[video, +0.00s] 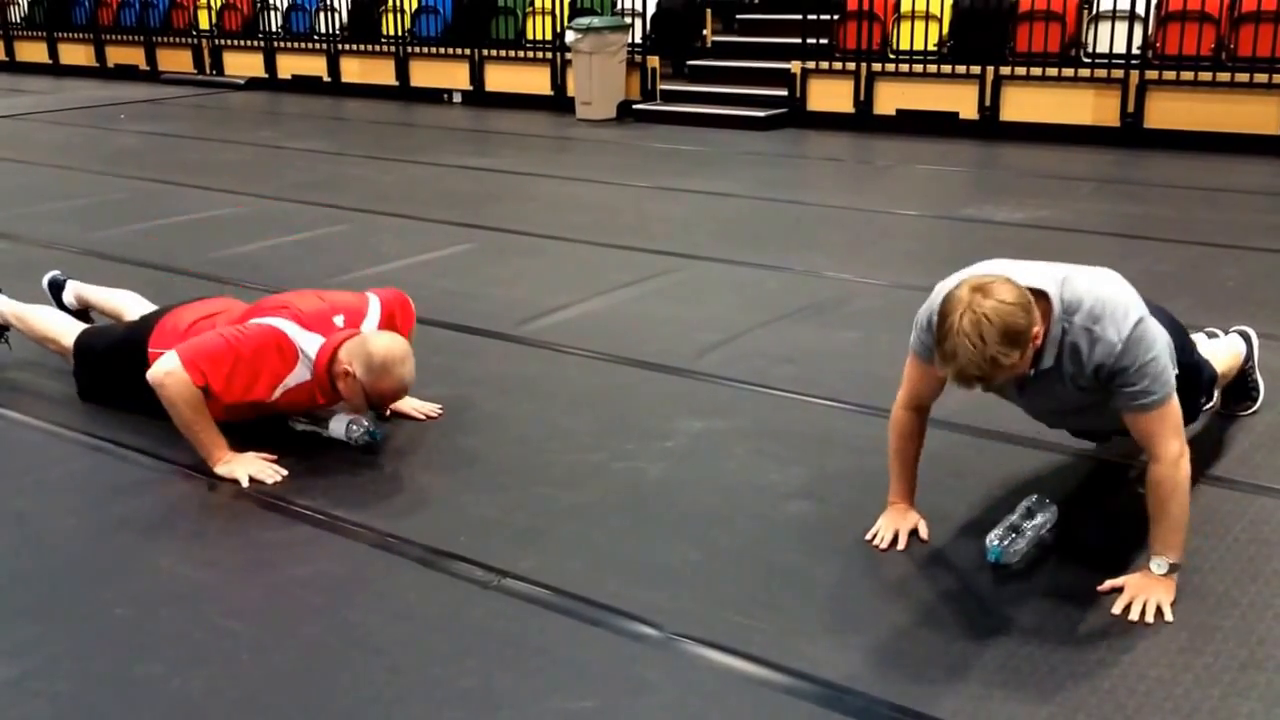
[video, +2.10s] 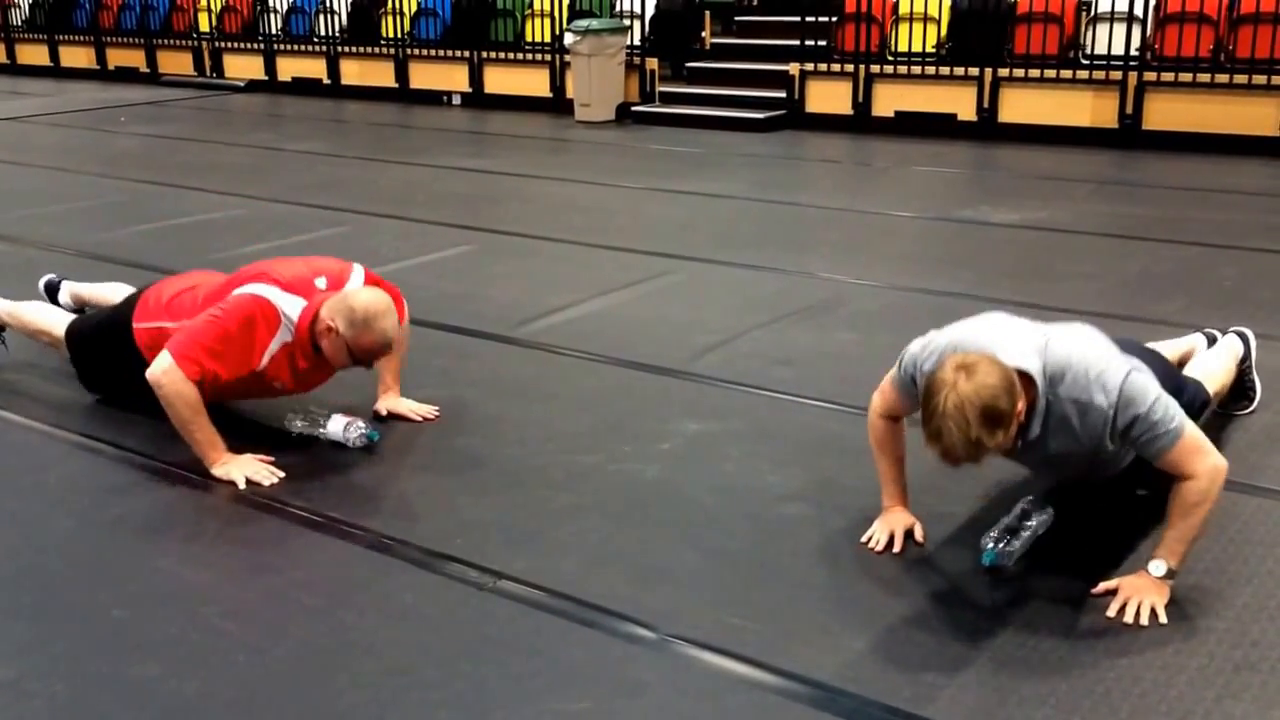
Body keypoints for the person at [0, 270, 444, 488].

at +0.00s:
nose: (369, 413)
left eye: (382, 407)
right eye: (365, 406)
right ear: (343, 374)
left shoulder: (388, 314)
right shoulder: (271, 350)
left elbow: (398, 310)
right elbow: (168, 378)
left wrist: (390, 393)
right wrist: (222, 457)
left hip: (223, 314)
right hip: (158, 344)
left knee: (143, 316)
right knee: (74, 342)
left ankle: (69, 290)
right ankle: (7, 308)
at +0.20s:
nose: (350, 358)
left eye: (364, 356)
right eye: (349, 349)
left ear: (390, 322)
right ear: (332, 317)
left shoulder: (374, 291)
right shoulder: (259, 312)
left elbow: (400, 317)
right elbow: (172, 374)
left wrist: (393, 388)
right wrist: (222, 457)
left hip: (200, 285)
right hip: (147, 322)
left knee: (133, 293)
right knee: (73, 326)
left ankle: (65, 286)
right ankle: (6, 307)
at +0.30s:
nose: (354, 325)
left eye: (366, 318)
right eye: (350, 315)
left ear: (386, 285)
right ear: (324, 287)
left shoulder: (362, 257)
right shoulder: (253, 281)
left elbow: (396, 314)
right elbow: (183, 366)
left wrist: (393, 389)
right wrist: (222, 456)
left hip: (196, 268)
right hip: (144, 299)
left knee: (118, 287)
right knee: (69, 316)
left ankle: (66, 288)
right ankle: (8, 305)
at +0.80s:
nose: (355, 388)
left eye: (365, 384)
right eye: (351, 381)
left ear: (392, 336)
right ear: (331, 354)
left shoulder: (375, 302)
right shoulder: (256, 330)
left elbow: (395, 311)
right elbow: (164, 377)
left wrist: (389, 386)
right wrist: (220, 458)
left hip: (198, 301)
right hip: (144, 335)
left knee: (140, 304)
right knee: (67, 333)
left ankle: (68, 288)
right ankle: (4, 307)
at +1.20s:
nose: (345, 342)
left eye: (357, 337)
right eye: (343, 333)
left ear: (379, 310)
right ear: (322, 301)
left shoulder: (362, 273)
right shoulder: (250, 295)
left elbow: (397, 316)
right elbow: (172, 370)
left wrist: (390, 391)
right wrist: (220, 457)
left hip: (192, 276)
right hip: (141, 308)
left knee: (123, 287)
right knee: (66, 319)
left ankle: (64, 285)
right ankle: (4, 308)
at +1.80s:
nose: (363, 406)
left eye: (374, 401)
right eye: (356, 398)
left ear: (395, 342)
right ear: (336, 368)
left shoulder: (379, 311)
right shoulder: (263, 342)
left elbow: (396, 314)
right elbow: (162, 379)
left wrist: (387, 393)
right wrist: (219, 457)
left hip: (213, 310)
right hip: (152, 339)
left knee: (141, 312)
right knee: (71, 339)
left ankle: (68, 290)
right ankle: (5, 309)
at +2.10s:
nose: (355, 367)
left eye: (366, 361)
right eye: (352, 358)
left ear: (386, 324)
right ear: (327, 328)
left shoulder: (365, 293)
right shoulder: (255, 315)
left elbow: (395, 317)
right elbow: (166, 377)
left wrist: (390, 390)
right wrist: (220, 459)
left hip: (197, 294)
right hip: (144, 330)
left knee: (135, 299)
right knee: (71, 335)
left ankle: (67, 290)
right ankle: (6, 311)